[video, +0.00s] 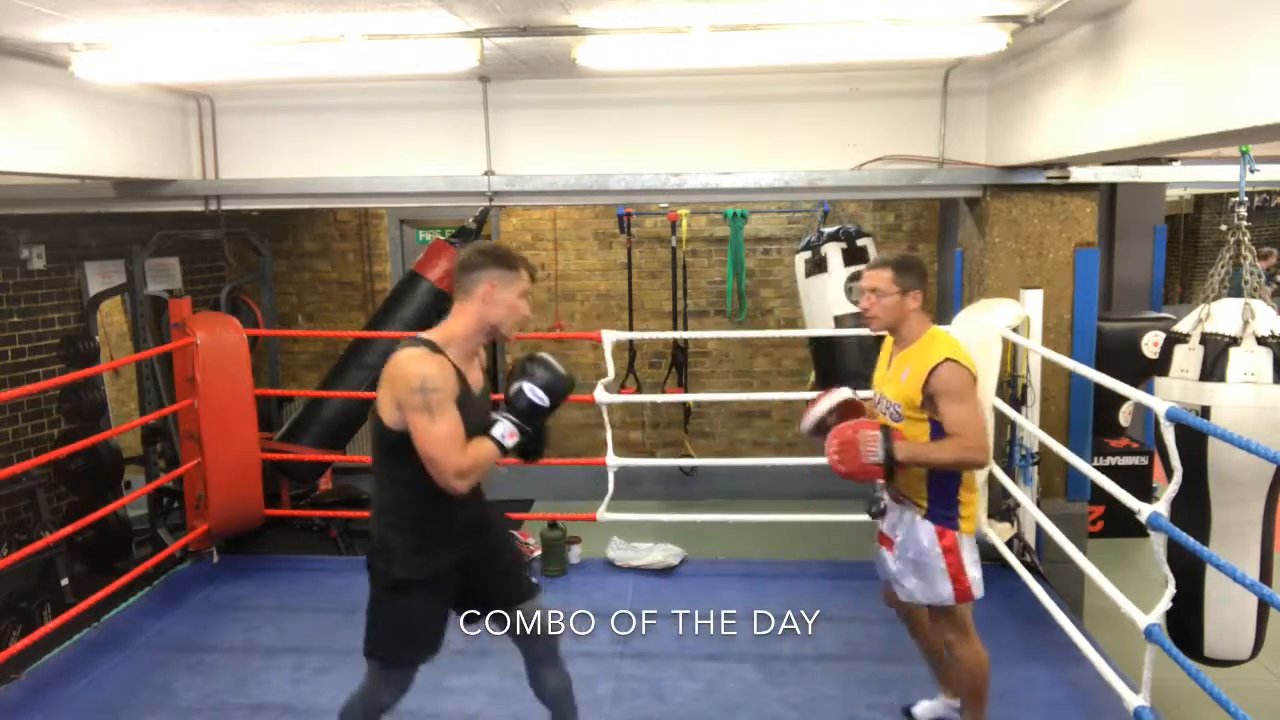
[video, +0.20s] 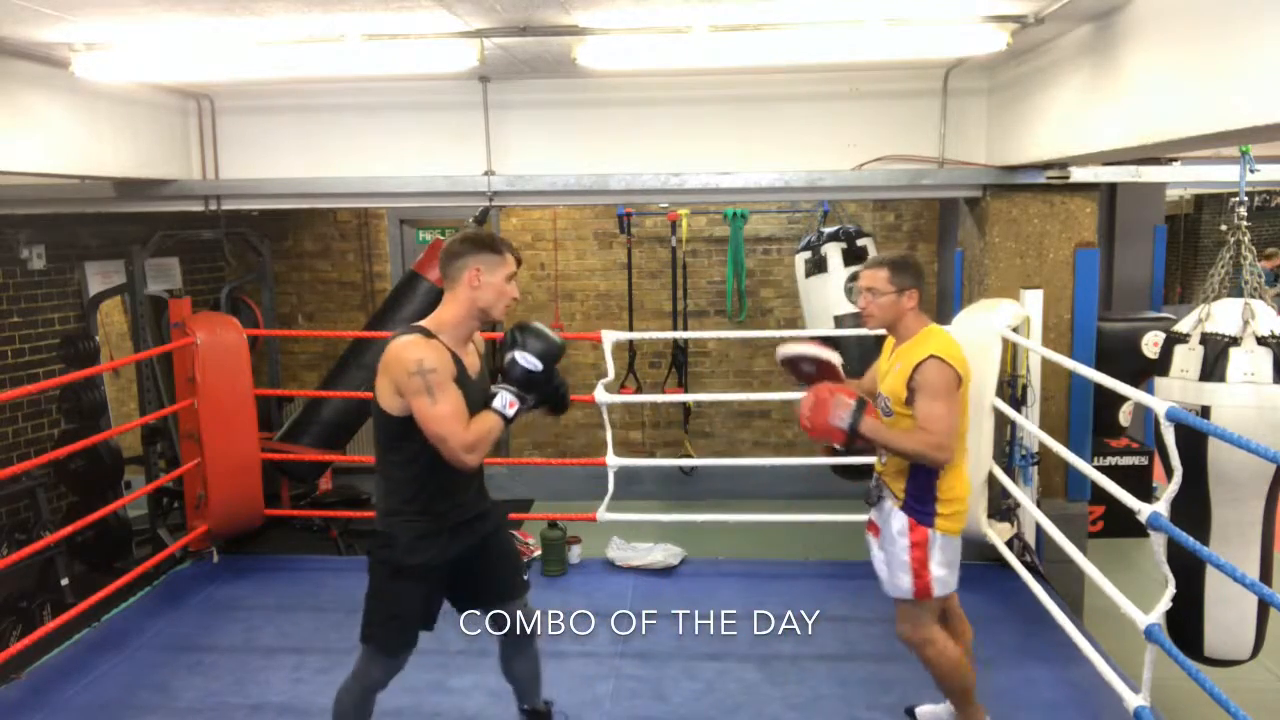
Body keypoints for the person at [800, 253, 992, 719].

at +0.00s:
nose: (863, 305)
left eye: (875, 295)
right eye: (863, 295)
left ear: (913, 300)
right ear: (899, 302)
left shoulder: (945, 366)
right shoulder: (895, 344)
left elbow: (975, 450)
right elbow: (900, 419)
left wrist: (893, 449)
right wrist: (850, 409)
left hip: (939, 523)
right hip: (901, 509)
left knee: (955, 632)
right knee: (902, 599)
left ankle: (975, 715)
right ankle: (952, 697)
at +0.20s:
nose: (860, 304)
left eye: (871, 295)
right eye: (860, 294)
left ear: (908, 299)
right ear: (899, 303)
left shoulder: (933, 360)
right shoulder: (897, 346)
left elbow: (937, 449)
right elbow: (863, 391)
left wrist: (859, 420)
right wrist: (828, 383)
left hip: (926, 514)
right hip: (907, 505)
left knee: (917, 630)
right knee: (944, 612)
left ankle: (972, 714)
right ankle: (961, 702)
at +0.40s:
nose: (843, 305)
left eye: (854, 296)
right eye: (844, 295)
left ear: (890, 301)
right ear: (884, 304)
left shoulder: (916, 359)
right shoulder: (884, 346)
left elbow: (903, 443)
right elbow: (844, 391)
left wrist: (833, 403)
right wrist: (812, 381)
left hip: (905, 508)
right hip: (924, 502)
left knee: (847, 611)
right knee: (943, 607)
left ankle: (914, 711)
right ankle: (966, 707)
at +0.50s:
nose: (830, 309)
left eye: (840, 300)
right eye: (830, 299)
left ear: (875, 305)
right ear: (871, 306)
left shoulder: (902, 363)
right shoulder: (871, 352)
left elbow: (892, 448)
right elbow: (842, 401)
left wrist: (825, 408)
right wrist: (809, 390)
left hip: (888, 514)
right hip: (913, 510)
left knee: (828, 615)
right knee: (936, 609)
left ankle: (843, 714)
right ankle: (964, 707)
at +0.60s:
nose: (809, 312)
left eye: (820, 304)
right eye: (810, 302)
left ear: (854, 311)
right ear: (854, 312)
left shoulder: (874, 366)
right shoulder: (872, 354)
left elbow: (863, 450)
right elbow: (856, 427)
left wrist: (807, 402)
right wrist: (808, 406)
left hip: (863, 523)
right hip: (897, 515)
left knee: (816, 638)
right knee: (926, 613)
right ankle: (962, 707)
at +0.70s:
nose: (780, 311)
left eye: (790, 302)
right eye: (781, 300)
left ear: (825, 310)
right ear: (827, 312)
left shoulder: (829, 365)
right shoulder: (862, 352)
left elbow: (807, 432)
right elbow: (832, 422)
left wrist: (755, 391)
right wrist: (782, 387)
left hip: (834, 526)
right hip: (874, 515)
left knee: (789, 643)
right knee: (904, 610)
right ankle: (954, 702)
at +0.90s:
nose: (741, 298)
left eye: (752, 290)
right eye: (744, 288)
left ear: (787, 299)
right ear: (791, 301)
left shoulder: (787, 350)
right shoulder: (818, 343)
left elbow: (739, 397)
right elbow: (737, 368)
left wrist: (655, 374)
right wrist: (702, 337)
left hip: (800, 517)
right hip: (840, 505)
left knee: (771, 642)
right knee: (857, 610)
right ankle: (906, 708)